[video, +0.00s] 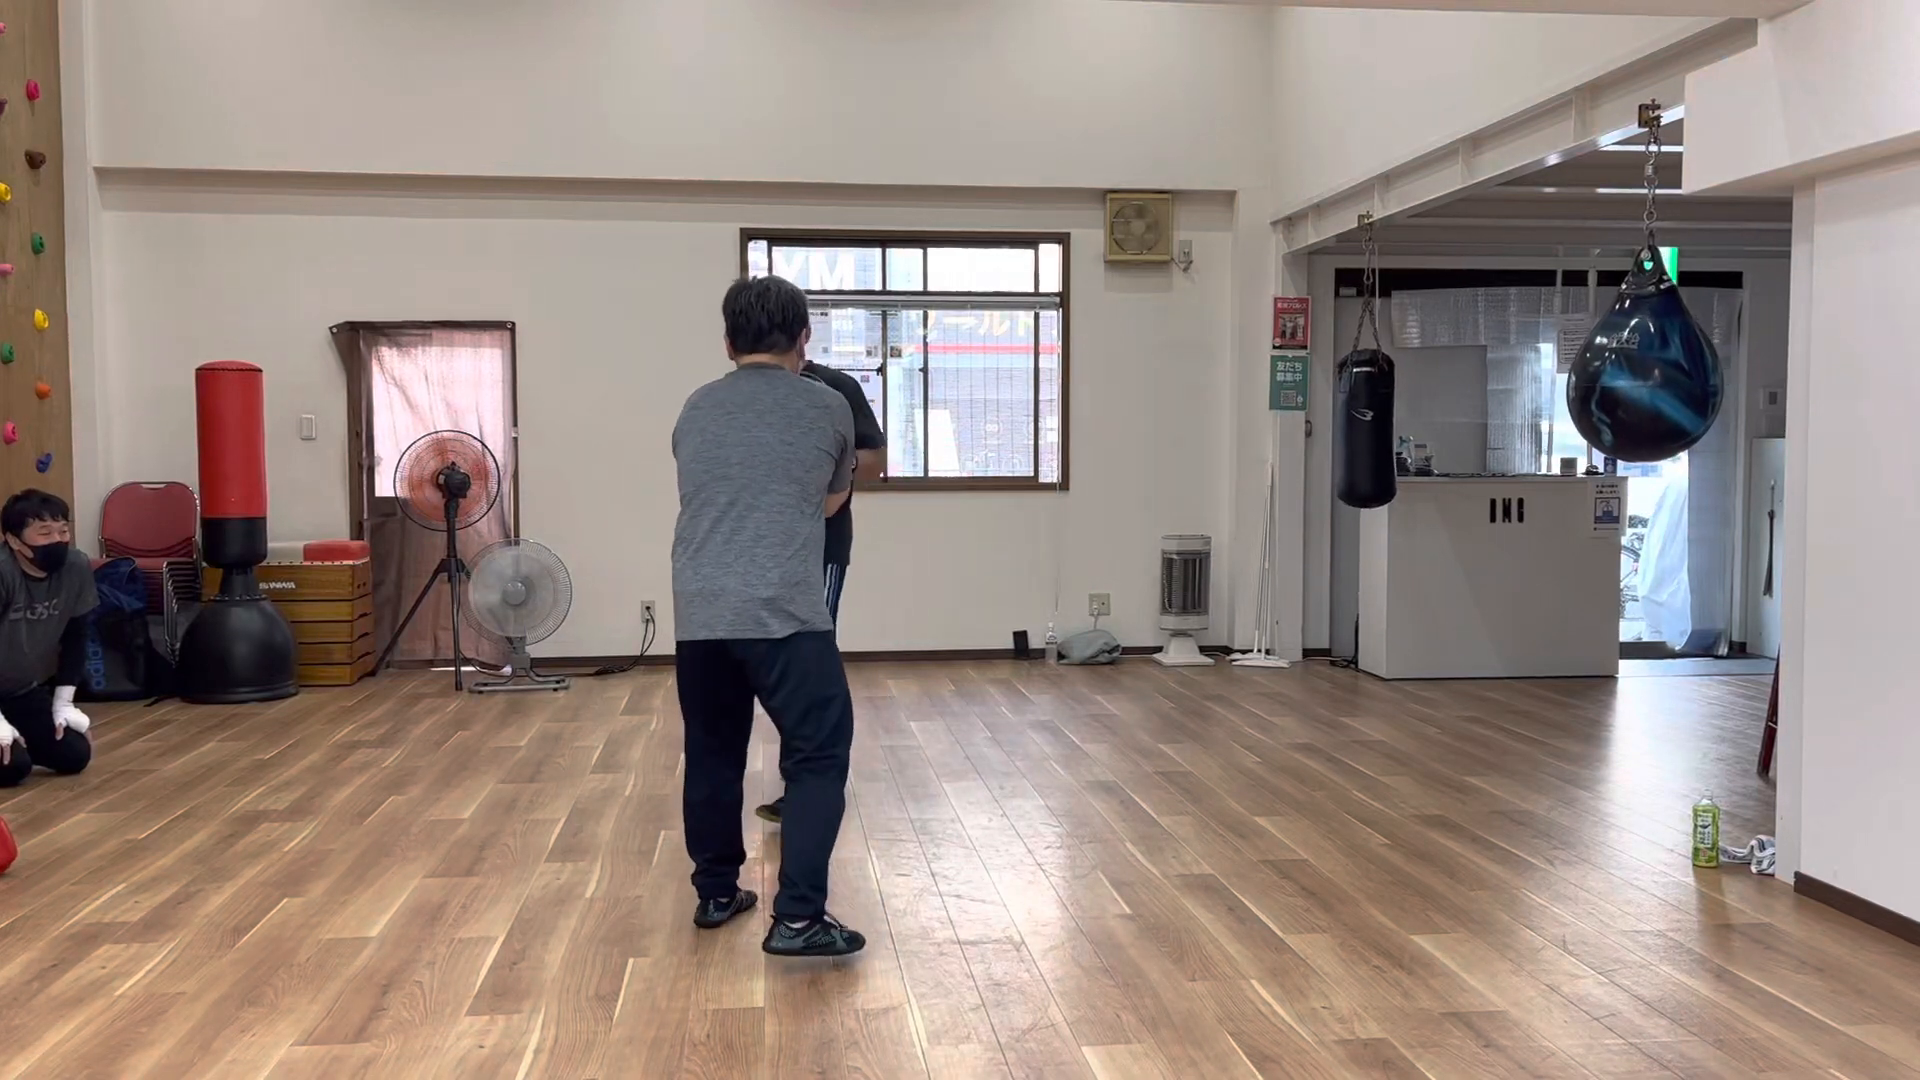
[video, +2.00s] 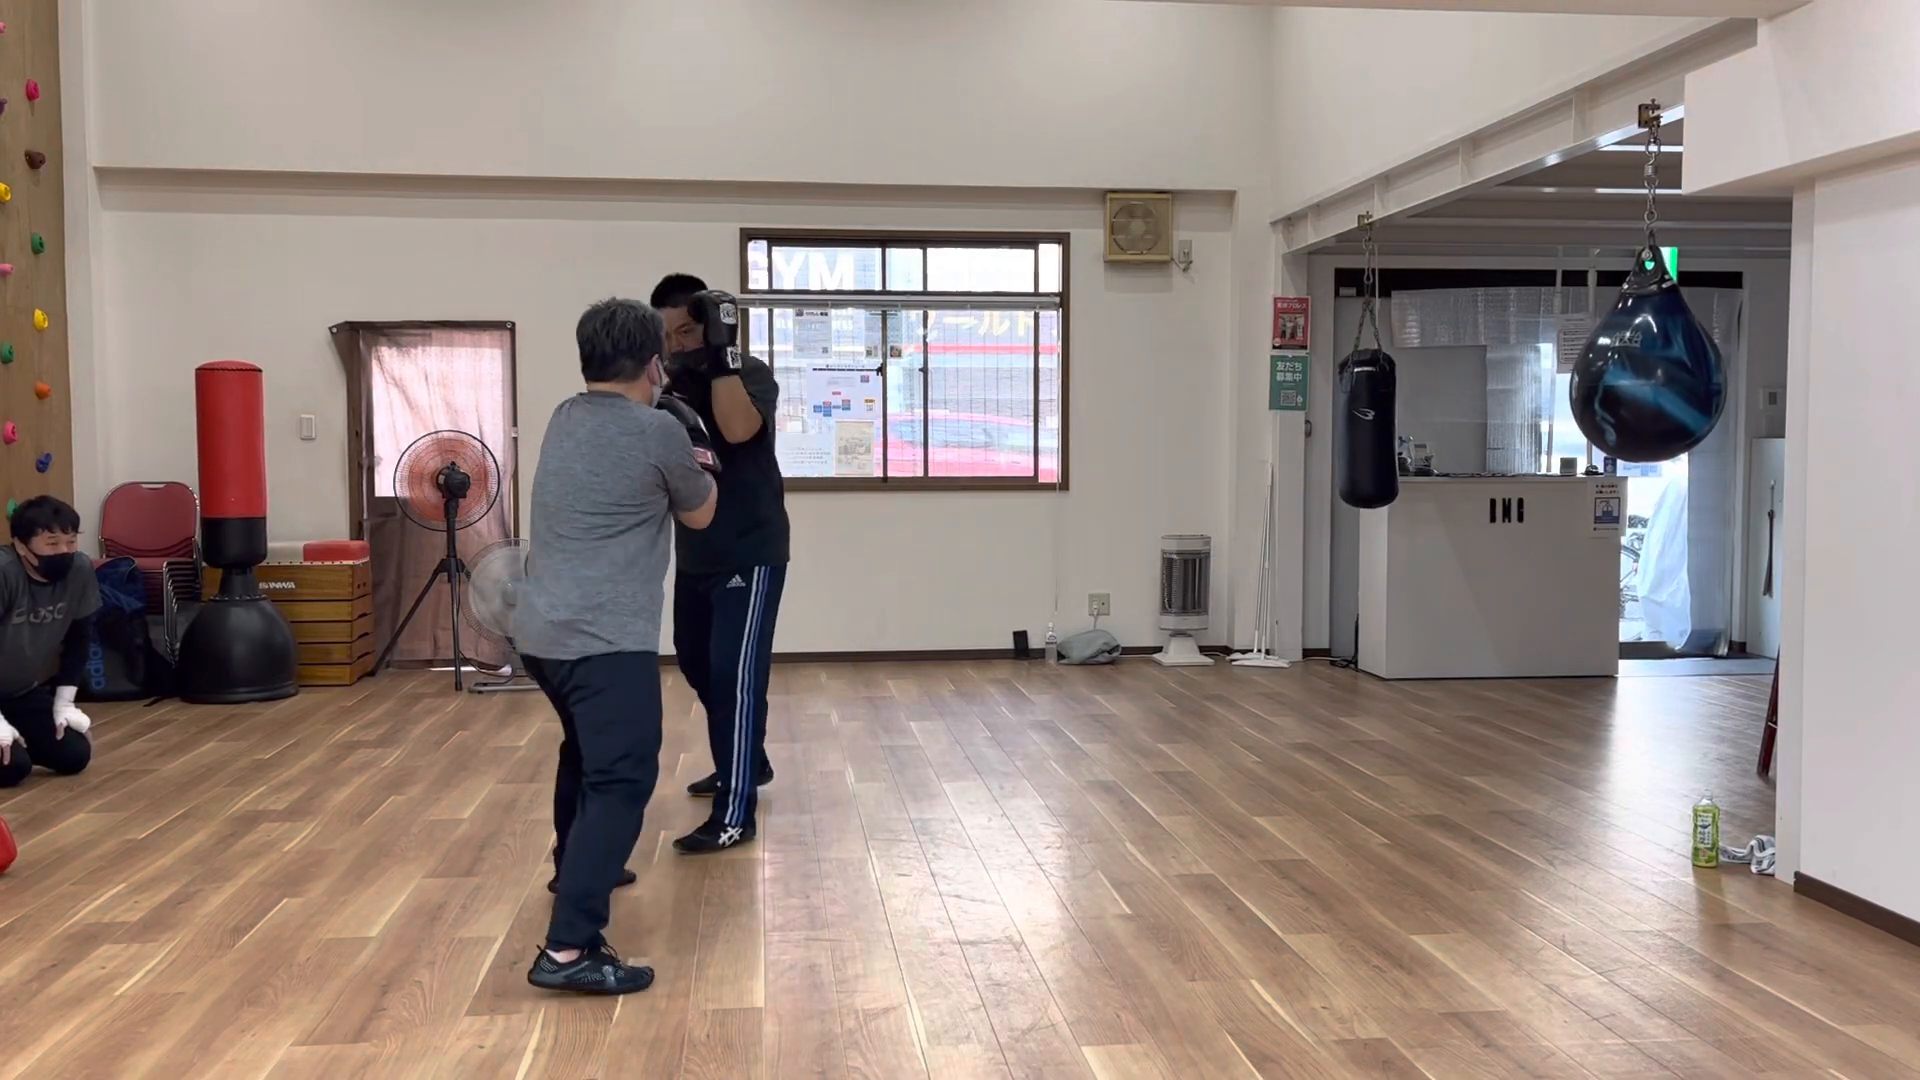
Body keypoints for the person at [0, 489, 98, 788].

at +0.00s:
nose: (58, 541)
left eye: (63, 531)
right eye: (45, 533)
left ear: (70, 531)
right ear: (13, 540)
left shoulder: (75, 567)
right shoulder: (4, 574)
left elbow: (76, 638)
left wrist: (63, 701)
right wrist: (2, 721)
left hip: (27, 690)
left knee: (74, 756)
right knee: (14, 766)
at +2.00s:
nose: (64, 552)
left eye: (70, 542)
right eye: (52, 544)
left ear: (77, 540)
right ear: (21, 545)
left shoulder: (79, 570)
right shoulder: (6, 573)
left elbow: (78, 639)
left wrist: (64, 700)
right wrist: (1, 721)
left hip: (27, 690)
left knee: (74, 756)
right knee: (14, 766)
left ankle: (13, 741)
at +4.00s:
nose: (50, 535)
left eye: (56, 525)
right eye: (37, 528)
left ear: (64, 527)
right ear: (8, 536)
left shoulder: (73, 564)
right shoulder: (2, 571)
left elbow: (73, 638)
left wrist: (63, 702)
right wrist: (0, 720)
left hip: (28, 691)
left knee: (74, 756)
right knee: (12, 766)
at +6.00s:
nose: (29, 528)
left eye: (36, 519)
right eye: (16, 520)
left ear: (44, 521)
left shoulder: (59, 561)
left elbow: (66, 634)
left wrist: (63, 700)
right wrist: (0, 721)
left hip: (31, 692)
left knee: (74, 756)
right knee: (13, 767)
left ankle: (15, 732)